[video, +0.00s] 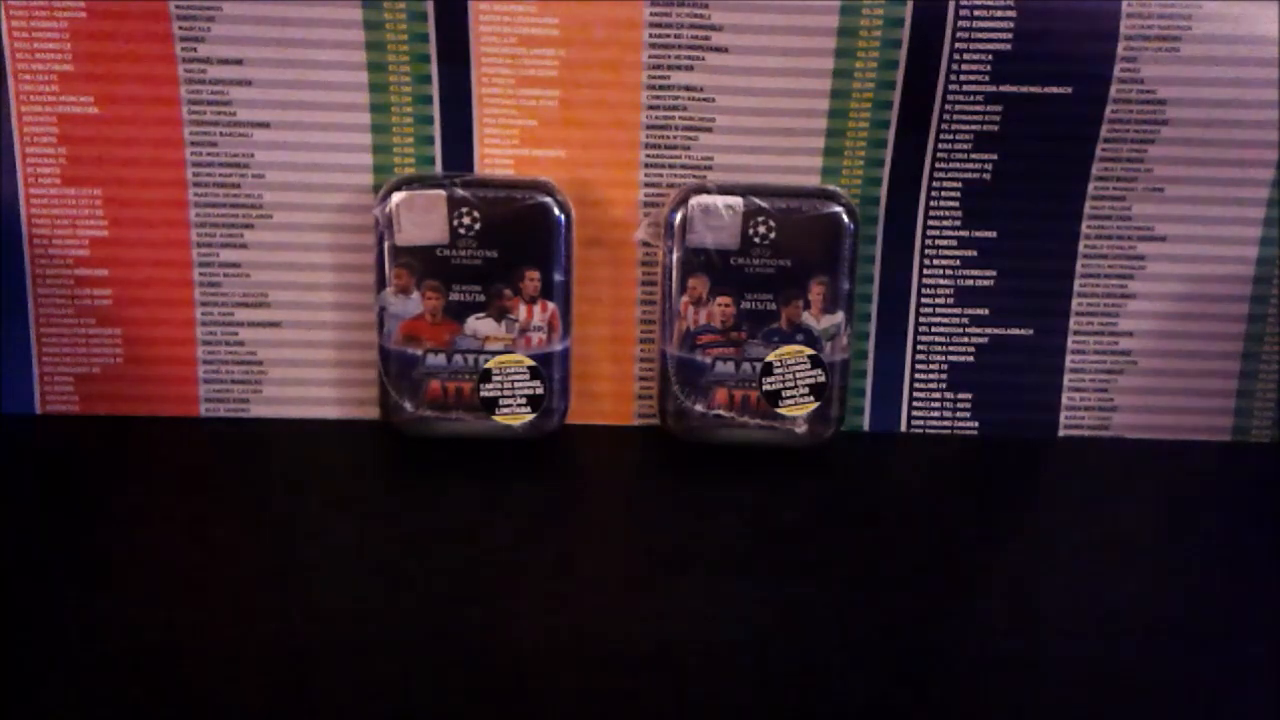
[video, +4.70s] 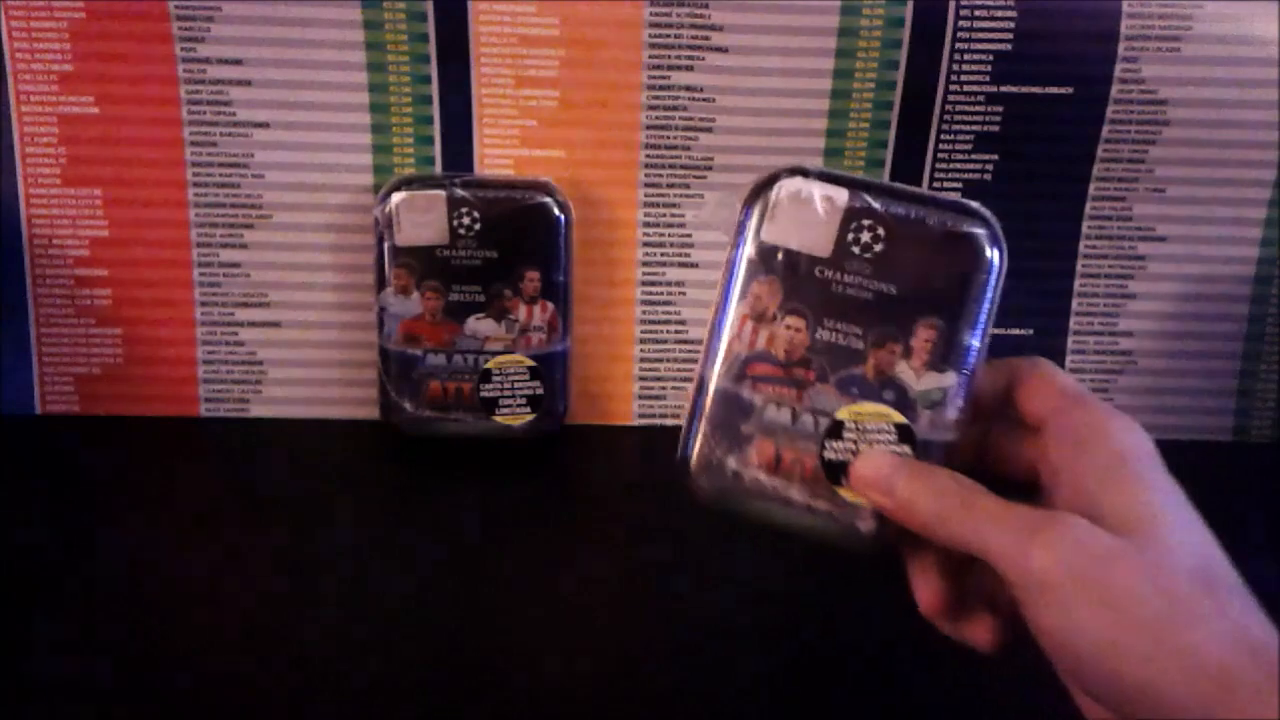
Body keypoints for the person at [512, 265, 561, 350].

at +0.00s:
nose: (536, 285)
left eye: (538, 281)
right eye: (531, 280)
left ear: (541, 283)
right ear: (521, 284)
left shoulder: (550, 308)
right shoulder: (512, 305)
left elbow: (556, 335)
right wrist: (520, 328)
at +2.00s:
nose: (536, 285)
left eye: (538, 281)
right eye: (531, 280)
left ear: (541, 283)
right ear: (521, 284)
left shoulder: (551, 308)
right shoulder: (513, 305)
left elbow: (556, 336)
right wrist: (520, 329)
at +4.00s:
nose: (536, 285)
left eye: (539, 281)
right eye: (531, 281)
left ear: (541, 283)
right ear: (521, 284)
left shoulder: (550, 308)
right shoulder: (512, 305)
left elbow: (556, 337)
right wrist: (520, 329)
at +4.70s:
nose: (536, 285)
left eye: (538, 281)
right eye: (531, 281)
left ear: (541, 283)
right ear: (521, 284)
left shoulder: (549, 307)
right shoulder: (512, 306)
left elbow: (556, 333)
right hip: (519, 352)